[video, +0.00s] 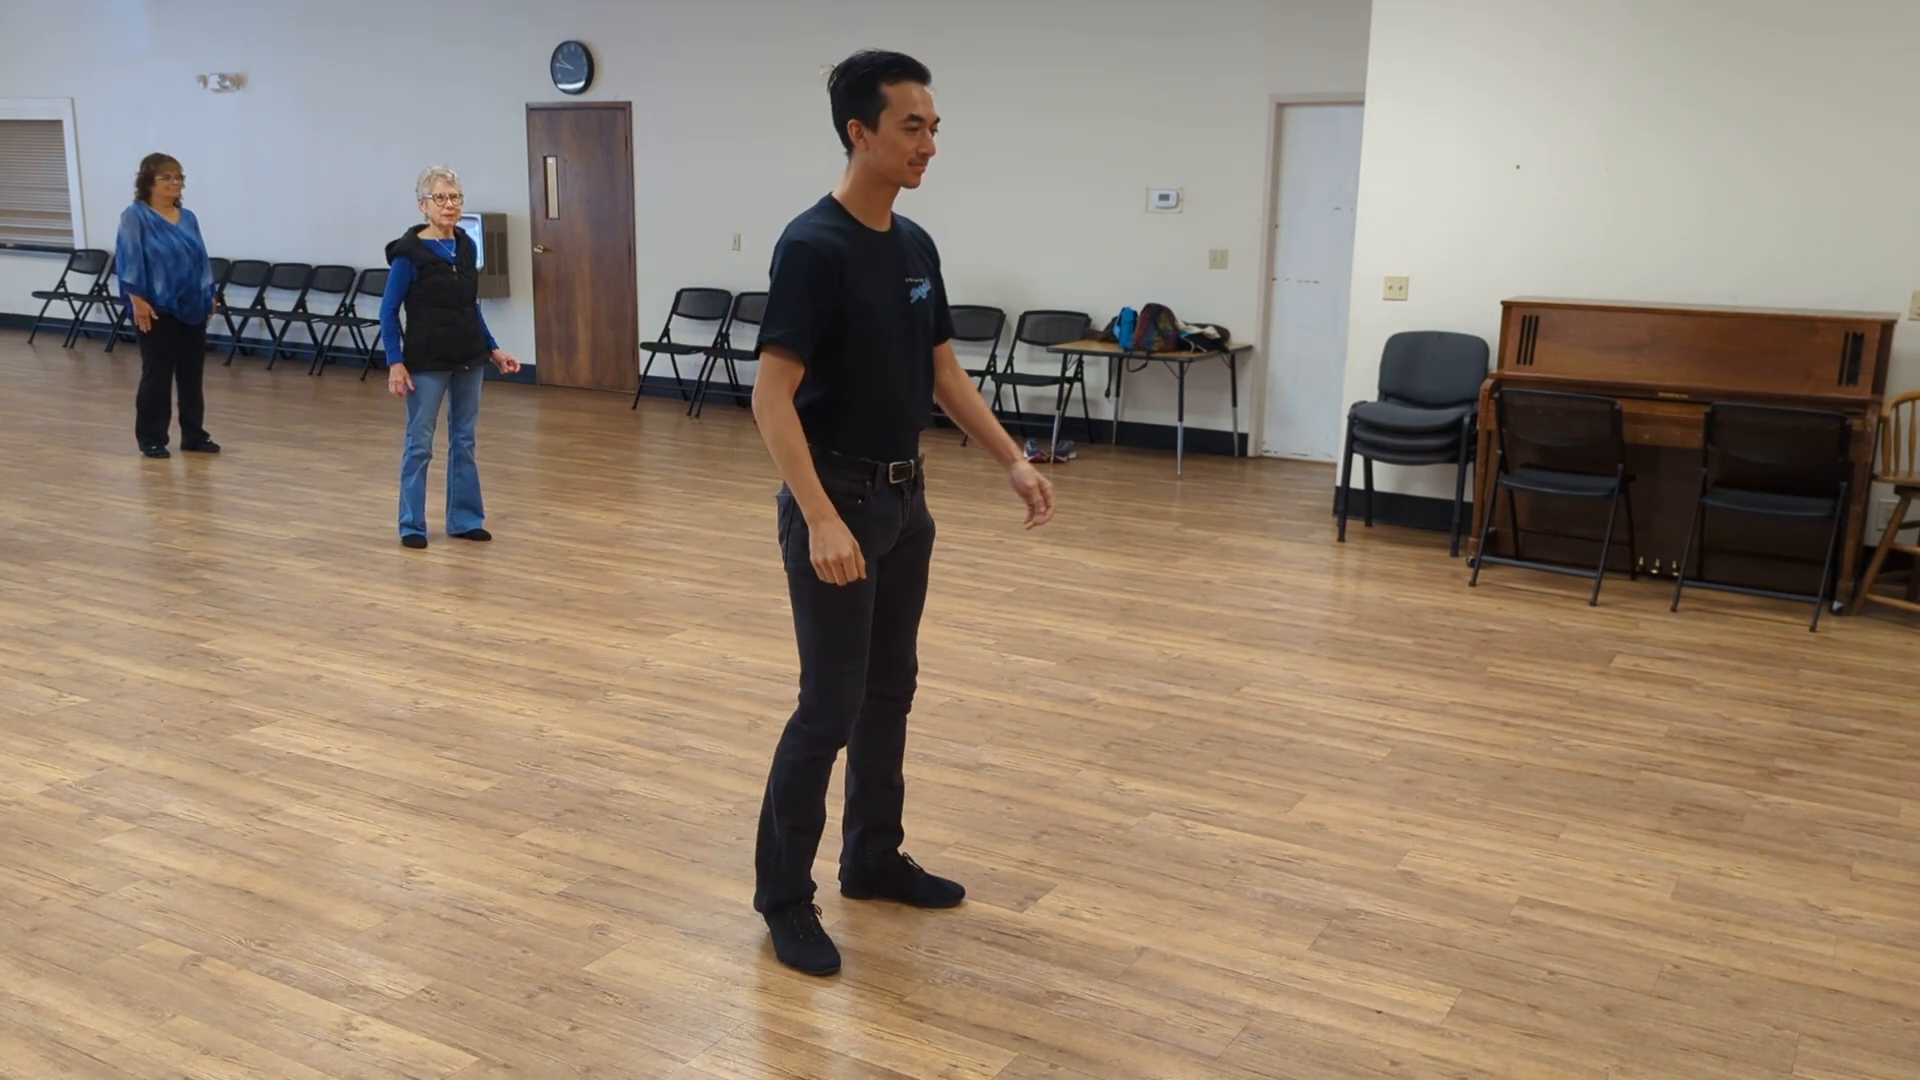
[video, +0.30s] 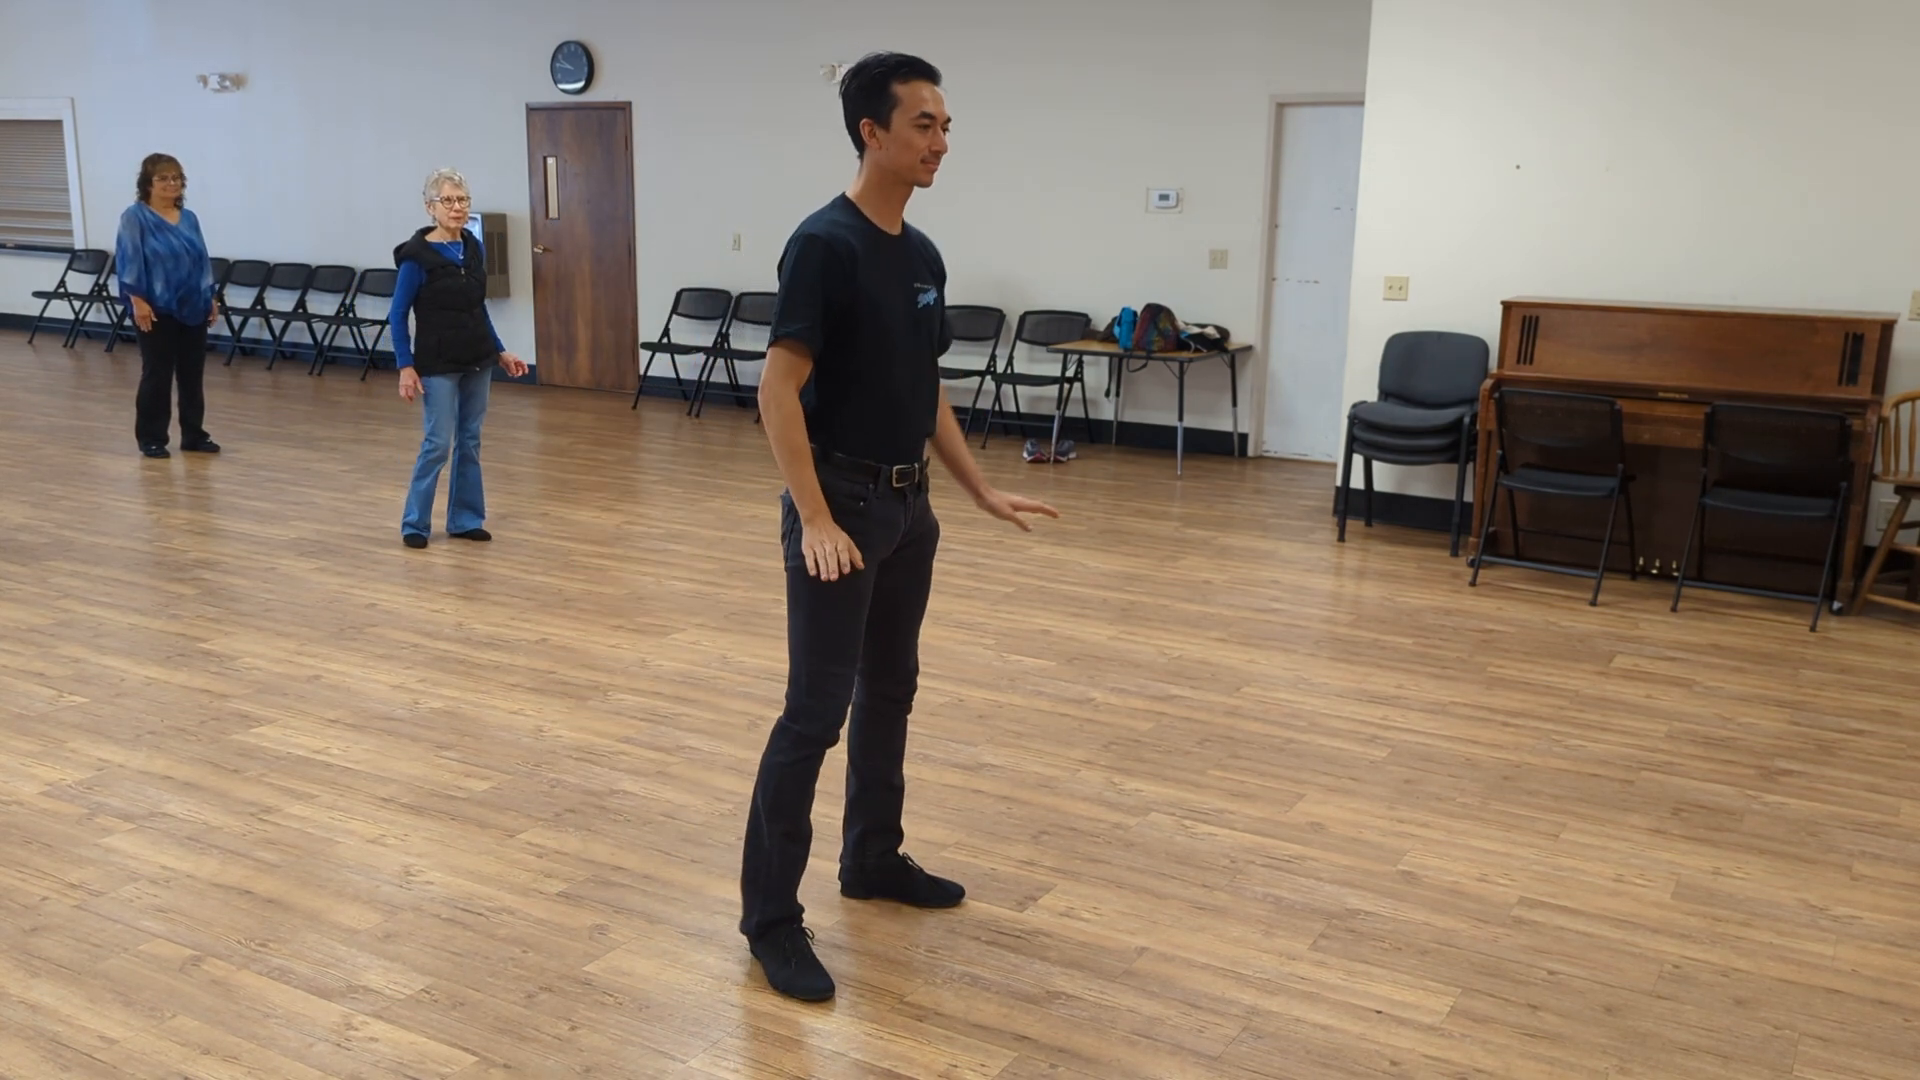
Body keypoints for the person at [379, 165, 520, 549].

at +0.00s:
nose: (449, 205)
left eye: (455, 198)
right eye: (440, 199)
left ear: (461, 202)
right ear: (424, 204)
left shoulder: (466, 247)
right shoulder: (409, 251)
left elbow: (470, 305)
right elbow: (388, 310)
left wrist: (493, 350)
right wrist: (395, 361)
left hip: (469, 358)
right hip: (427, 360)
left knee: (464, 442)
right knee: (420, 446)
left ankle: (464, 521)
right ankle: (411, 526)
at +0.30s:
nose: (457, 207)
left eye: (463, 200)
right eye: (448, 201)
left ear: (469, 205)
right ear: (431, 206)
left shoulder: (474, 247)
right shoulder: (418, 253)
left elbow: (477, 306)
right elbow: (398, 314)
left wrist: (500, 353)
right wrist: (405, 366)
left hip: (478, 359)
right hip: (437, 363)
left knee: (468, 443)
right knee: (439, 444)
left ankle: (465, 520)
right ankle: (415, 524)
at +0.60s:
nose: (460, 210)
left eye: (465, 203)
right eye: (450, 203)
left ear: (471, 207)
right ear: (433, 208)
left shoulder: (474, 249)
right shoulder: (419, 255)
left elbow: (479, 308)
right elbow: (400, 315)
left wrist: (503, 354)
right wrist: (411, 367)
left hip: (482, 358)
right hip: (441, 362)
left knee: (474, 442)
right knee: (462, 442)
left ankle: (470, 520)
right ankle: (444, 518)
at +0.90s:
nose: (461, 213)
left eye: (466, 206)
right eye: (453, 205)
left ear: (470, 208)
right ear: (432, 206)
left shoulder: (469, 250)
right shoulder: (415, 254)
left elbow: (475, 310)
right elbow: (396, 316)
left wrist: (499, 356)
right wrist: (405, 368)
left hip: (476, 362)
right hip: (436, 366)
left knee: (469, 444)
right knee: (434, 444)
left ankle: (466, 520)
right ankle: (408, 527)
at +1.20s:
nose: (461, 223)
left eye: (465, 217)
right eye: (456, 215)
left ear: (465, 215)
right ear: (429, 206)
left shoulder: (450, 250)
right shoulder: (398, 251)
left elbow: (453, 310)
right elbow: (376, 313)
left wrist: (482, 353)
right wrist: (385, 363)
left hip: (453, 363)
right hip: (411, 365)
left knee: (458, 445)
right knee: (409, 448)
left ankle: (463, 521)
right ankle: (399, 530)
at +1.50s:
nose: (453, 228)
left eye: (456, 221)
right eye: (450, 219)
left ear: (432, 214)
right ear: (424, 209)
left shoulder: (431, 251)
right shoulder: (386, 252)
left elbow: (429, 316)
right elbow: (360, 312)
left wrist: (455, 356)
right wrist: (364, 364)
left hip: (429, 363)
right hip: (391, 366)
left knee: (444, 443)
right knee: (394, 449)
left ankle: (458, 522)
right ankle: (397, 531)